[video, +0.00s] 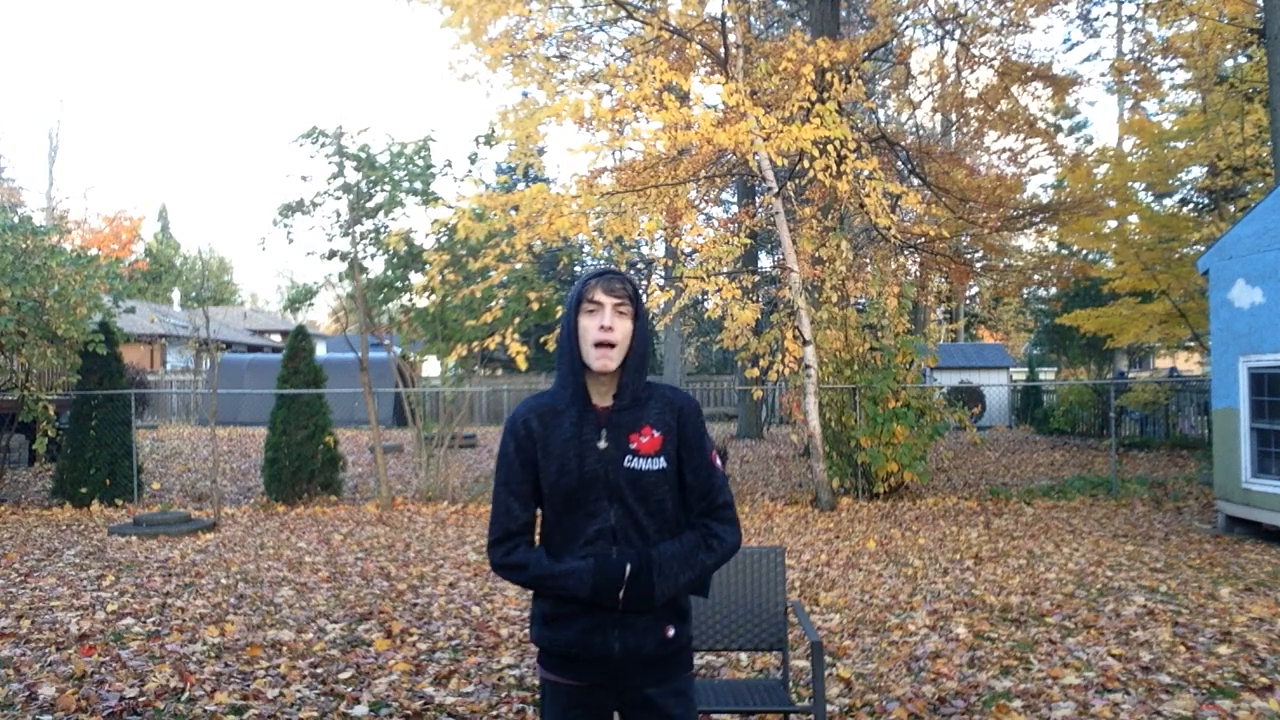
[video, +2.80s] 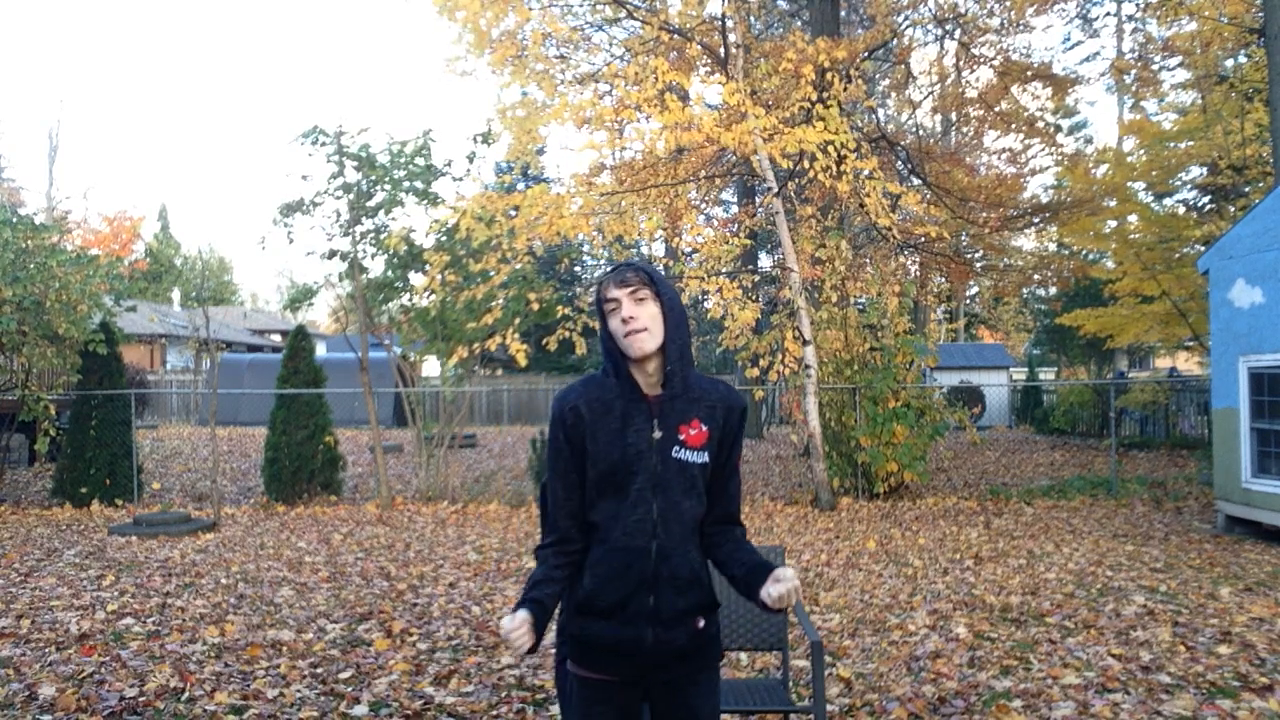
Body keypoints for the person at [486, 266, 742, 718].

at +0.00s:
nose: (606, 325)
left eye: (621, 312)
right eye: (592, 310)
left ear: (637, 329)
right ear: (571, 326)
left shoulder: (676, 412)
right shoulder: (533, 421)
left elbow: (722, 528)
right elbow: (506, 549)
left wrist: (648, 573)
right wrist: (593, 577)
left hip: (661, 659)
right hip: (569, 661)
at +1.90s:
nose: (627, 313)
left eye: (642, 301)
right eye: (614, 300)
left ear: (660, 317)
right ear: (595, 314)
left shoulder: (697, 400)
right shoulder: (553, 401)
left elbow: (762, 498)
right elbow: (501, 509)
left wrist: (680, 538)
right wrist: (593, 553)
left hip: (681, 645)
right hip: (590, 649)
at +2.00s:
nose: (620, 313)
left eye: (634, 300)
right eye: (606, 300)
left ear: (652, 317)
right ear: (586, 315)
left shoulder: (690, 391)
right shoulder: (547, 392)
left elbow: (783, 468)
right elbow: (481, 486)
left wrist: (756, 555)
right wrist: (521, 572)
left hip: (673, 638)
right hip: (582, 641)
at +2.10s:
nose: (617, 322)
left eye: (631, 310)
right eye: (603, 309)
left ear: (649, 325)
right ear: (582, 321)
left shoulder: (684, 402)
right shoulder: (537, 408)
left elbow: (761, 503)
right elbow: (483, 521)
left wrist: (851, 595)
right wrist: (437, 637)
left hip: (665, 650)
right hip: (573, 653)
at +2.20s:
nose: (612, 321)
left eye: (626, 309)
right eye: (598, 308)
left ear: (645, 323)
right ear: (577, 321)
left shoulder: (678, 402)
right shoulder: (540, 408)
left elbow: (725, 526)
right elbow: (511, 544)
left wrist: (824, 580)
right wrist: (437, 635)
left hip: (659, 648)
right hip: (566, 652)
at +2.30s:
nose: (609, 316)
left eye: (623, 305)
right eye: (595, 304)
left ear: (642, 319)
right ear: (576, 319)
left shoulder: (678, 402)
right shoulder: (539, 408)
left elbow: (696, 530)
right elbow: (532, 541)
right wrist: (477, 628)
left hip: (658, 645)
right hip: (570, 647)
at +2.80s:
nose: (627, 314)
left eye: (639, 299)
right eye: (613, 308)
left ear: (668, 307)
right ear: (604, 328)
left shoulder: (719, 405)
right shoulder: (577, 407)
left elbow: (720, 527)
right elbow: (562, 536)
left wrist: (761, 577)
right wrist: (532, 609)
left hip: (688, 647)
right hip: (597, 649)